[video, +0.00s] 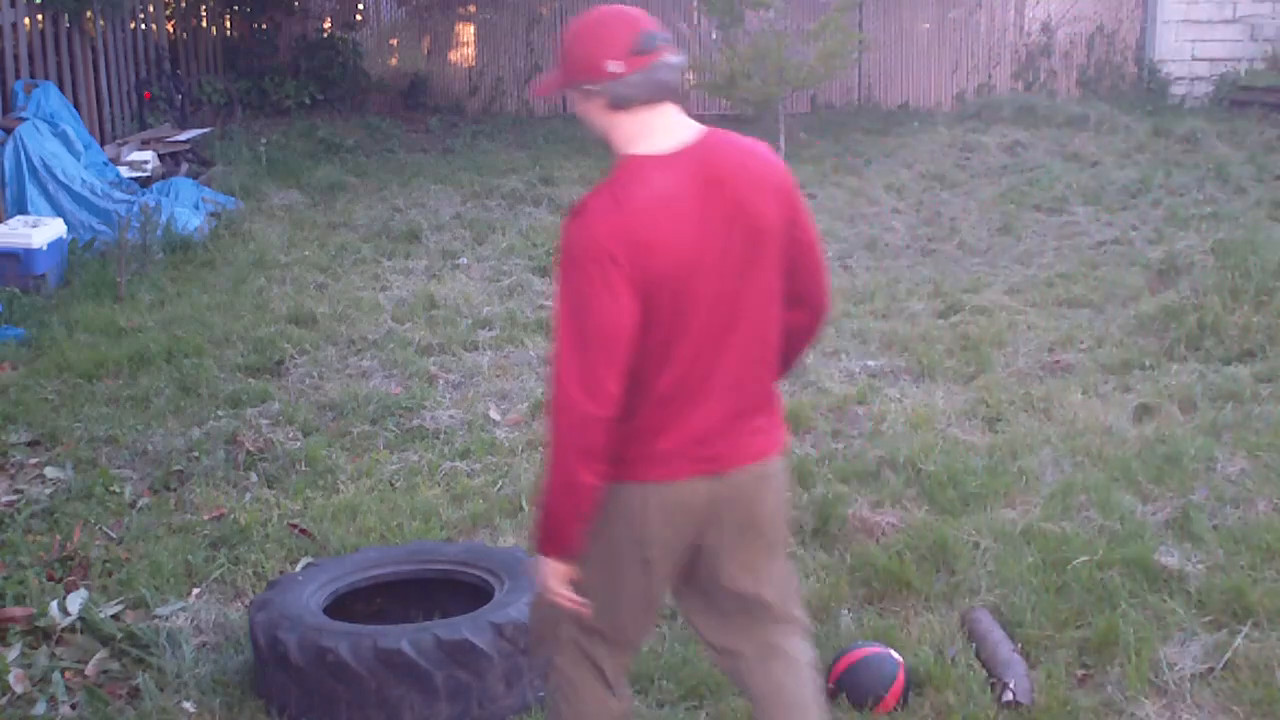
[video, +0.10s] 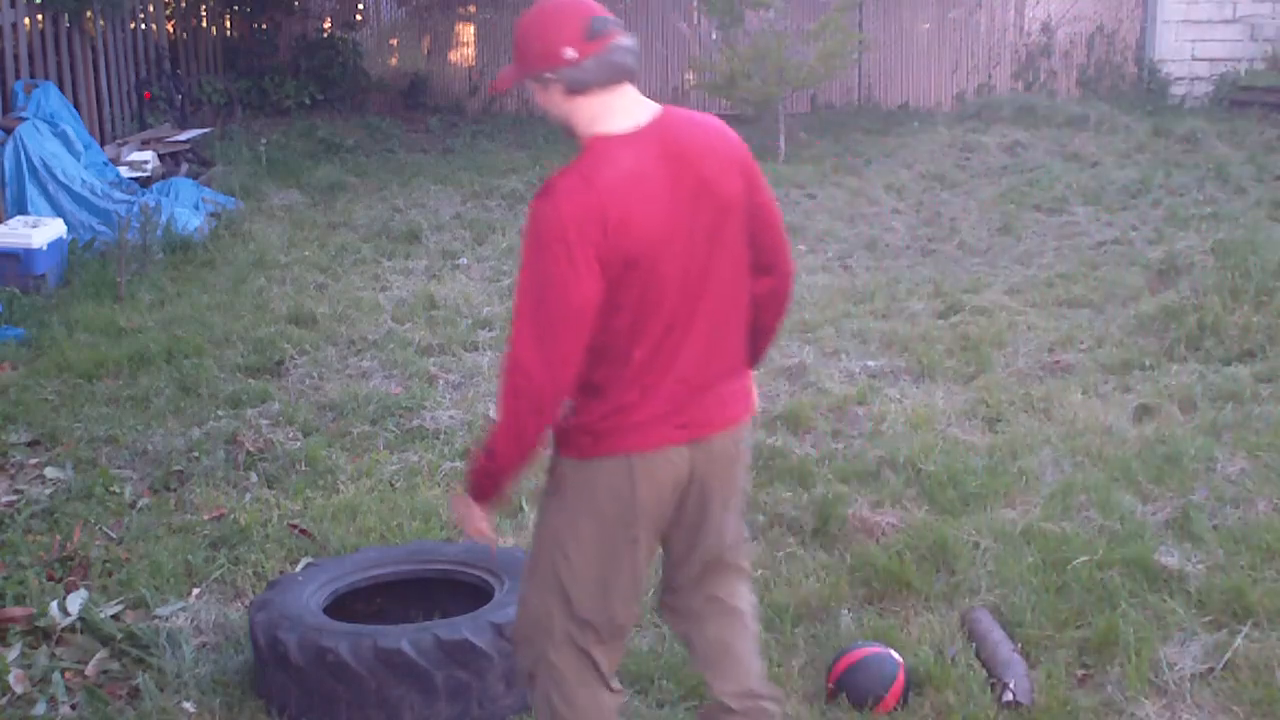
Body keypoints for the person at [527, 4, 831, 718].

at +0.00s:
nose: (576, 108)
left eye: (576, 95)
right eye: (573, 96)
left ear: (595, 99)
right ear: (667, 79)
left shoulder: (605, 219)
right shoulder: (762, 166)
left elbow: (587, 400)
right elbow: (808, 302)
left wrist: (557, 541)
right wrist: (746, 370)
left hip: (645, 487)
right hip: (755, 472)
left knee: (583, 653)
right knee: (772, 641)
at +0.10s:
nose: (532, 101)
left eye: (532, 87)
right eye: (529, 87)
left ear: (555, 87)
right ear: (619, 62)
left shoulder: (573, 200)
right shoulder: (717, 140)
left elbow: (541, 378)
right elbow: (774, 270)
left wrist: (482, 487)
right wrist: (735, 360)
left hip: (618, 457)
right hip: (722, 434)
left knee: (567, 640)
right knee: (716, 589)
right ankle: (751, 708)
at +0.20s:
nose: (509, 101)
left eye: (507, 85)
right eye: (504, 86)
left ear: (531, 80)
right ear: (589, 57)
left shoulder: (554, 187)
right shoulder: (688, 131)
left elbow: (518, 353)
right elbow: (742, 257)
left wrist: (431, 426)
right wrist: (719, 345)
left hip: (601, 446)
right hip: (698, 421)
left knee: (563, 631)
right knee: (683, 574)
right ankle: (710, 704)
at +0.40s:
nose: (487, 135)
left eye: (485, 121)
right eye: (481, 124)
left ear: (516, 109)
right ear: (556, 90)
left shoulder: (552, 203)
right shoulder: (643, 152)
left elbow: (524, 360)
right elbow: (673, 272)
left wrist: (415, 385)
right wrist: (653, 359)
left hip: (587, 440)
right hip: (663, 413)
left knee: (529, 623)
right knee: (645, 552)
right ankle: (645, 662)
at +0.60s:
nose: (470, 169)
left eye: (470, 156)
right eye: (462, 159)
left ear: (505, 134)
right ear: (516, 124)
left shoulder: (562, 205)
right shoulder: (580, 156)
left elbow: (595, 355)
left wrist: (497, 421)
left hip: (613, 403)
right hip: (639, 382)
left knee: (518, 559)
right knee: (593, 518)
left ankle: (599, 704)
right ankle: (628, 661)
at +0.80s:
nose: (440, 176)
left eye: (441, 165)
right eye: (433, 168)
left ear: (473, 140)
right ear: (472, 132)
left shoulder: (562, 195)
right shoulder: (501, 170)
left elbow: (601, 332)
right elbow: (505, 277)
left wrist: (534, 422)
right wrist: (502, 376)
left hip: (618, 378)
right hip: (564, 369)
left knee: (574, 536)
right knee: (550, 487)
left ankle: (596, 688)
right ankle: (625, 593)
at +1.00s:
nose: (423, 265)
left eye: (423, 254)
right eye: (414, 257)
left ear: (445, 223)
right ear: (437, 219)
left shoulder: (541, 257)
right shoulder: (455, 239)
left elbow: (600, 382)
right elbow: (465, 334)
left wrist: (544, 466)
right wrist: (470, 424)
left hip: (623, 373)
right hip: (549, 366)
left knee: (582, 521)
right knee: (518, 468)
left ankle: (598, 686)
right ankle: (527, 597)